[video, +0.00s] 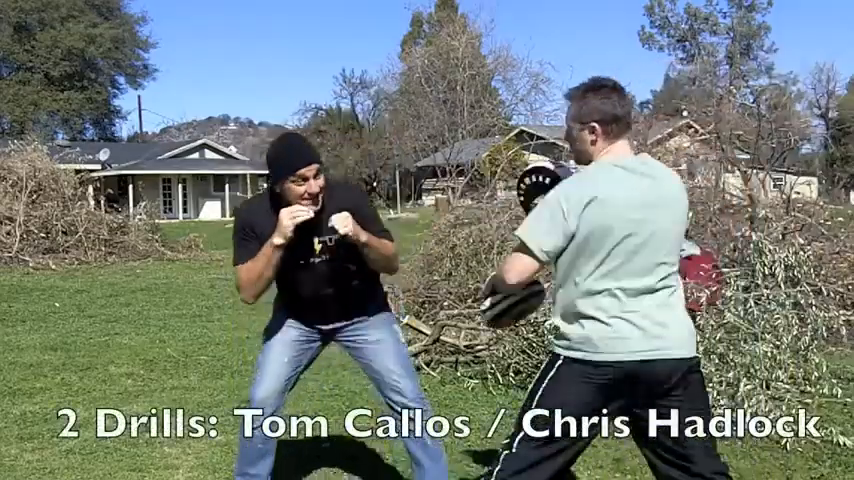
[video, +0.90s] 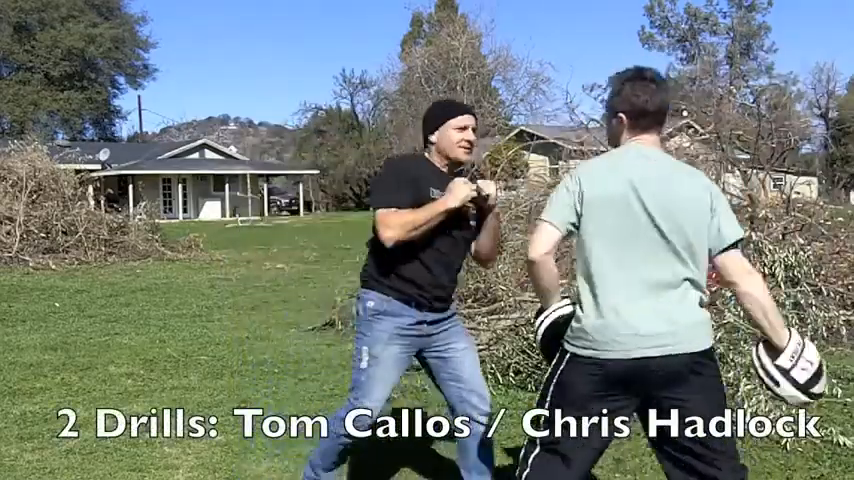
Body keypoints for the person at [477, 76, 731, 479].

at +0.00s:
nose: (568, 141)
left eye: (570, 132)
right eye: (567, 131)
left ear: (594, 133)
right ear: (626, 127)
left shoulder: (576, 189)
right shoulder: (672, 184)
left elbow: (515, 273)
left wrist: (497, 288)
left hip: (590, 358)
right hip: (672, 356)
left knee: (524, 468)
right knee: (700, 470)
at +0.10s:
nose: (596, 120)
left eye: (601, 109)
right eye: (598, 109)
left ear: (625, 116)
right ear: (653, 112)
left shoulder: (607, 175)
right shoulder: (690, 166)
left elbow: (573, 270)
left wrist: (543, 293)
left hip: (620, 343)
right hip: (695, 338)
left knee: (557, 455)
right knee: (709, 458)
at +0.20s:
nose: (613, 109)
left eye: (618, 99)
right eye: (614, 98)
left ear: (643, 106)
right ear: (668, 104)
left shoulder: (630, 164)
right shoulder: (704, 159)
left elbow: (610, 262)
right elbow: (663, 218)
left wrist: (573, 295)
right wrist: (594, 186)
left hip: (636, 340)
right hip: (710, 333)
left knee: (577, 461)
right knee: (714, 461)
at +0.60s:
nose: (649, 102)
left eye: (655, 93)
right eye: (652, 92)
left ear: (681, 101)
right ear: (705, 101)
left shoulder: (655, 156)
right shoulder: (727, 156)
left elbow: (623, 253)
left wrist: (591, 294)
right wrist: (632, 163)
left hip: (647, 340)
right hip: (719, 335)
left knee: (595, 462)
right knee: (723, 460)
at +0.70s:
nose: (649, 104)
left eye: (654, 95)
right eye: (651, 93)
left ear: (676, 105)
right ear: (707, 107)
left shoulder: (637, 157)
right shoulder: (734, 172)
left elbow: (597, 244)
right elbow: (737, 249)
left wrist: (577, 299)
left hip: (629, 342)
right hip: (710, 344)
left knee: (579, 460)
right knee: (720, 463)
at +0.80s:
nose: (634, 110)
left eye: (637, 100)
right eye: (637, 100)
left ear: (651, 106)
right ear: (692, 111)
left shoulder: (611, 164)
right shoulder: (725, 179)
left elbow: (563, 239)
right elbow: (752, 281)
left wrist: (569, 304)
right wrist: (756, 323)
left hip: (612, 347)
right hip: (700, 349)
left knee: (567, 459)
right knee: (719, 465)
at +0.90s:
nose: (605, 125)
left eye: (607, 116)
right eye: (607, 116)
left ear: (619, 119)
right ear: (664, 121)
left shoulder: (585, 177)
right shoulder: (698, 184)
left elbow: (539, 252)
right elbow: (739, 275)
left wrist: (553, 310)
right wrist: (784, 344)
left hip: (595, 355)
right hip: (683, 356)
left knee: (554, 463)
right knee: (715, 468)